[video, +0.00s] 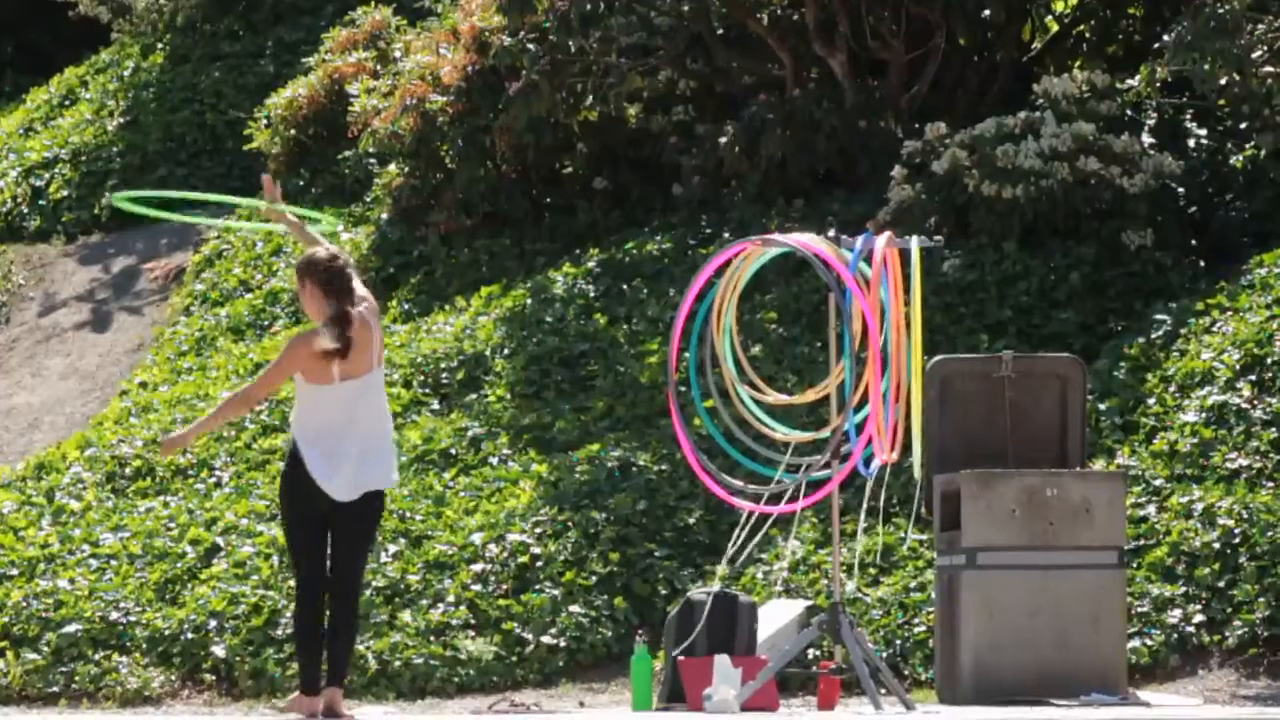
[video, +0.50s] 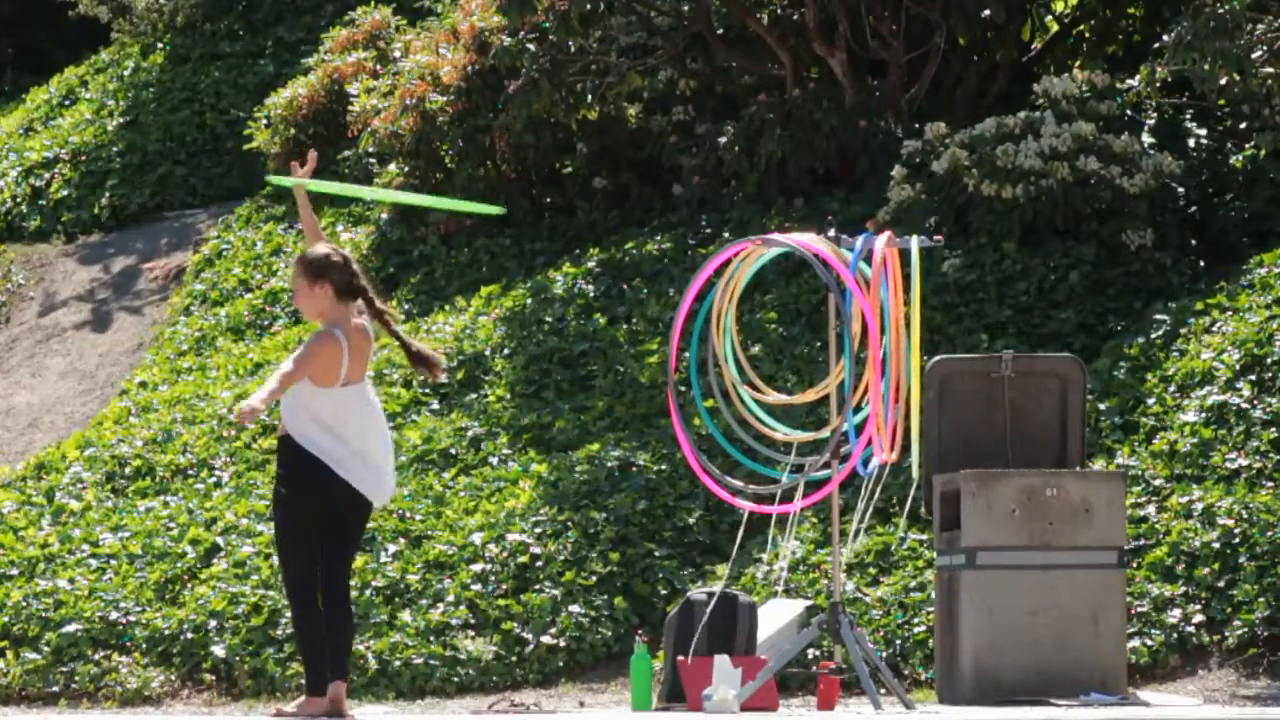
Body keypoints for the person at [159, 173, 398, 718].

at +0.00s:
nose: (299, 296)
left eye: (301, 288)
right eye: (300, 287)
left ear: (317, 290)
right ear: (341, 285)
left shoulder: (303, 345)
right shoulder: (370, 318)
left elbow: (250, 397)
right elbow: (330, 260)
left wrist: (191, 433)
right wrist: (280, 211)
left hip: (311, 467)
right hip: (368, 469)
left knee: (309, 582)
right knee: (347, 585)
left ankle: (309, 694)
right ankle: (334, 692)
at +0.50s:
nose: (295, 299)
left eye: (300, 289)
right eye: (295, 289)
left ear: (326, 288)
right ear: (334, 286)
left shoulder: (323, 343)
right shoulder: (362, 322)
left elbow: (285, 377)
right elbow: (323, 251)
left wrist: (256, 400)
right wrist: (301, 189)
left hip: (308, 473)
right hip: (357, 477)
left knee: (299, 579)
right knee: (337, 580)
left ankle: (318, 690)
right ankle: (337, 689)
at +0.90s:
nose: (296, 292)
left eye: (303, 284)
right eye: (297, 283)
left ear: (329, 290)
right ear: (329, 288)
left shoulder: (335, 337)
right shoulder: (331, 329)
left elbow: (343, 371)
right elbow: (293, 261)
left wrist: (339, 401)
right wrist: (266, 198)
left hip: (305, 473)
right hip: (318, 475)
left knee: (300, 585)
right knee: (304, 585)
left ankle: (317, 696)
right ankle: (368, 664)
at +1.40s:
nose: (289, 297)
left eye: (299, 290)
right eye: (289, 290)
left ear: (330, 300)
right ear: (294, 301)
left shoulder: (338, 345)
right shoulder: (296, 333)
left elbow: (371, 387)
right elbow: (265, 273)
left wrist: (402, 422)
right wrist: (257, 209)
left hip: (318, 454)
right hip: (286, 449)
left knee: (307, 552)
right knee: (294, 553)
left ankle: (322, 685)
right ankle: (312, 682)